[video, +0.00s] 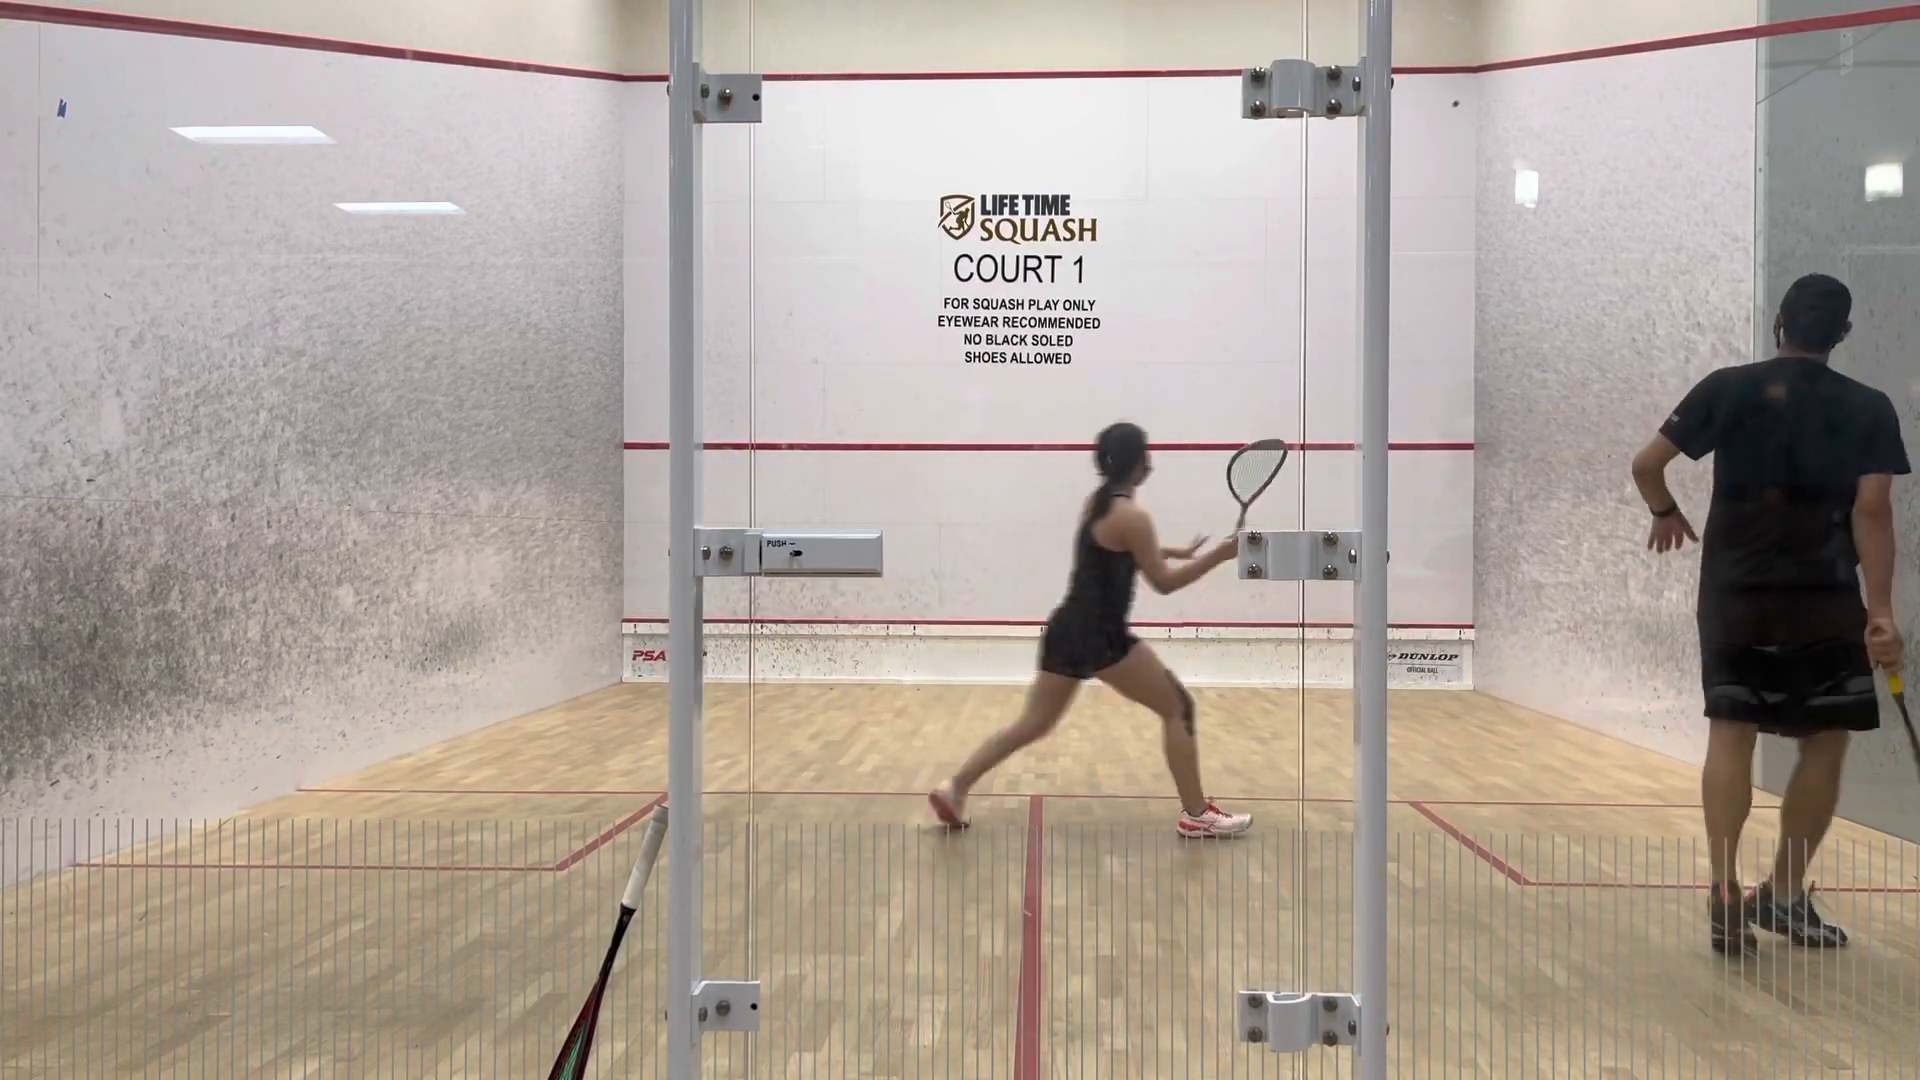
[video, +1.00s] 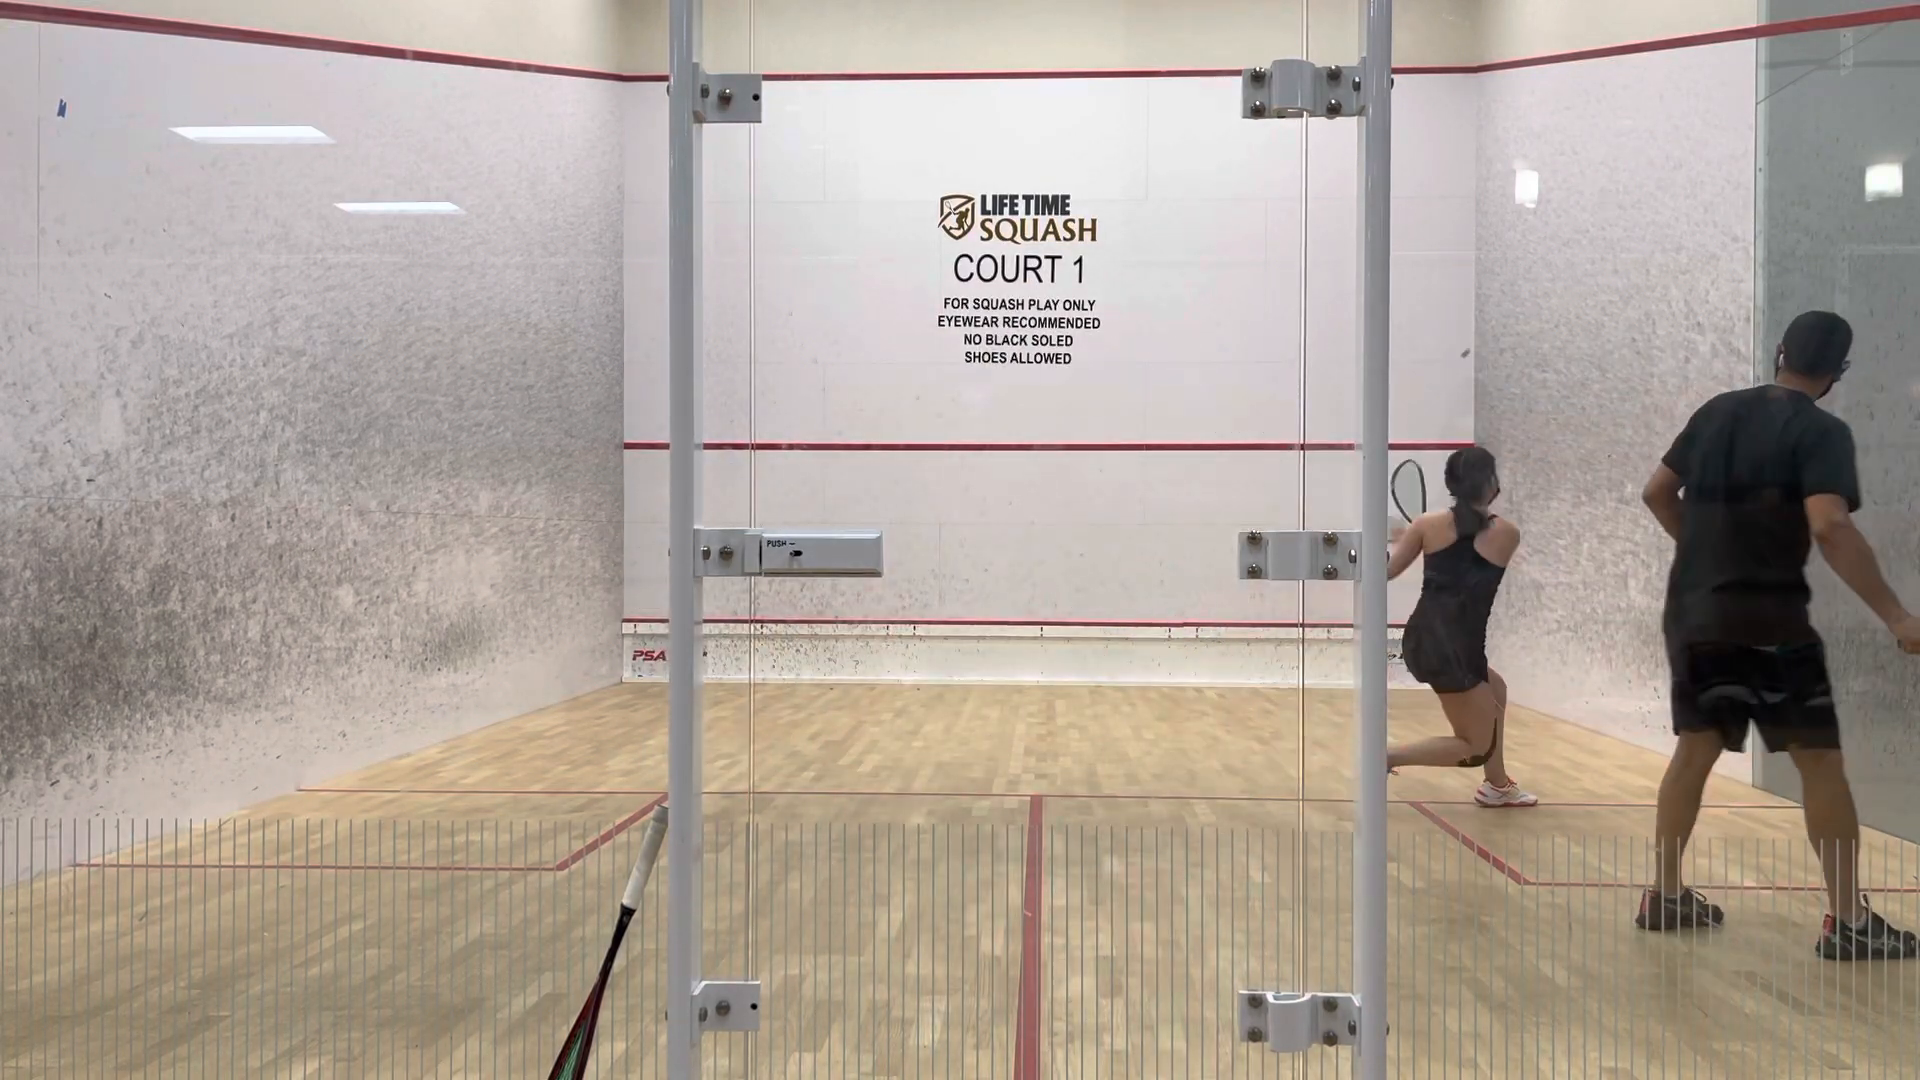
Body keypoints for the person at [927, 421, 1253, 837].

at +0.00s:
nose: (1151, 459)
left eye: (1147, 452)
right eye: (1146, 453)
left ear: (1109, 460)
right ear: (1138, 461)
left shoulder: (1098, 505)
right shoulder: (1132, 518)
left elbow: (1126, 547)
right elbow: (1165, 582)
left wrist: (1179, 552)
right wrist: (1221, 555)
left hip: (1067, 631)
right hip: (1101, 637)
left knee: (1033, 723)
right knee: (1178, 707)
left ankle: (954, 791)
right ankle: (1196, 812)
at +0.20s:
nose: (1258, 465)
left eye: (1256, 457)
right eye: (1256, 458)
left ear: (1221, 464)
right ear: (1248, 467)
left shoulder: (1212, 501)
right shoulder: (1226, 511)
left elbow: (1253, 535)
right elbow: (1270, 546)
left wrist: (1286, 529)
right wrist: (1302, 532)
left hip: (1172, 625)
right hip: (1183, 629)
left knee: (1226, 714)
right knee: (1236, 719)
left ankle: (1150, 773)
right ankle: (1200, 814)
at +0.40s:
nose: (1354, 493)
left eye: (1354, 483)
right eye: (1351, 483)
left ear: (1328, 481)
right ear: (1339, 485)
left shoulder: (1332, 520)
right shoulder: (1309, 518)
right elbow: (1277, 536)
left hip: (1301, 637)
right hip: (1277, 638)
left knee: (1366, 684)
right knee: (1282, 741)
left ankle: (1404, 765)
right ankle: (1207, 804)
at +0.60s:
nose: (1455, 505)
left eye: (1452, 498)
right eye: (1450, 499)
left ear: (1412, 506)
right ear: (1441, 507)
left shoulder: (1398, 545)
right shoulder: (1421, 560)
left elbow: (1351, 566)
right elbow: (1456, 600)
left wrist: (1306, 593)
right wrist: (1439, 548)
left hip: (1410, 667)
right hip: (1400, 672)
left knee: (1476, 694)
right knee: (1379, 759)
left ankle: (1492, 784)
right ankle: (1289, 781)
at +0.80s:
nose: (1501, 504)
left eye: (1498, 497)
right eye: (1496, 498)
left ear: (1454, 502)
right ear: (1483, 505)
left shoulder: (1426, 543)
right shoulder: (1502, 550)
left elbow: (1409, 597)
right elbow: (1553, 573)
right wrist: (1598, 582)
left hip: (1408, 656)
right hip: (1442, 668)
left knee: (1487, 688)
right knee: (1442, 764)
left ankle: (1495, 782)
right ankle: (1360, 772)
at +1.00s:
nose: (1497, 483)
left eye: (1493, 477)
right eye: (1495, 477)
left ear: (1451, 484)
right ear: (1492, 486)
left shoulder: (1426, 526)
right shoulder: (1507, 533)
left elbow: (1387, 571)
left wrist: (1395, 541)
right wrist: (1426, 533)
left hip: (1420, 645)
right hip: (1458, 654)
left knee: (1496, 691)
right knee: (1477, 748)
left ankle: (1497, 782)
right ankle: (1386, 757)